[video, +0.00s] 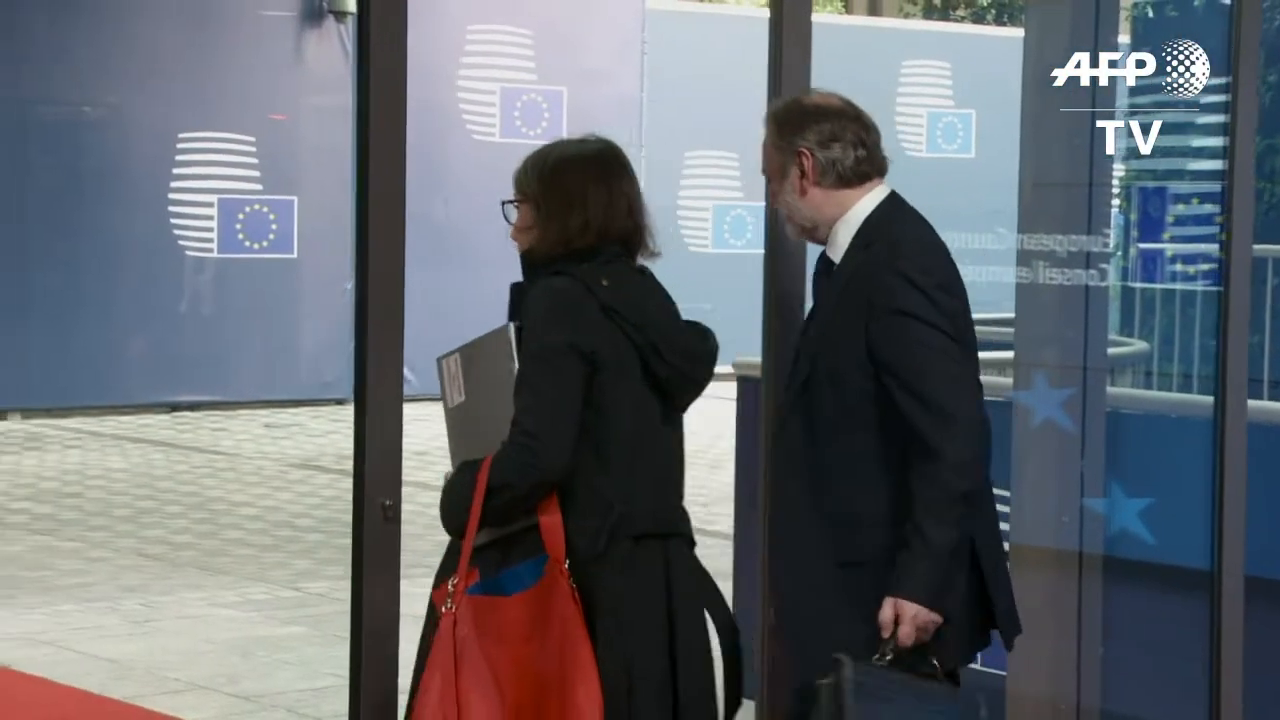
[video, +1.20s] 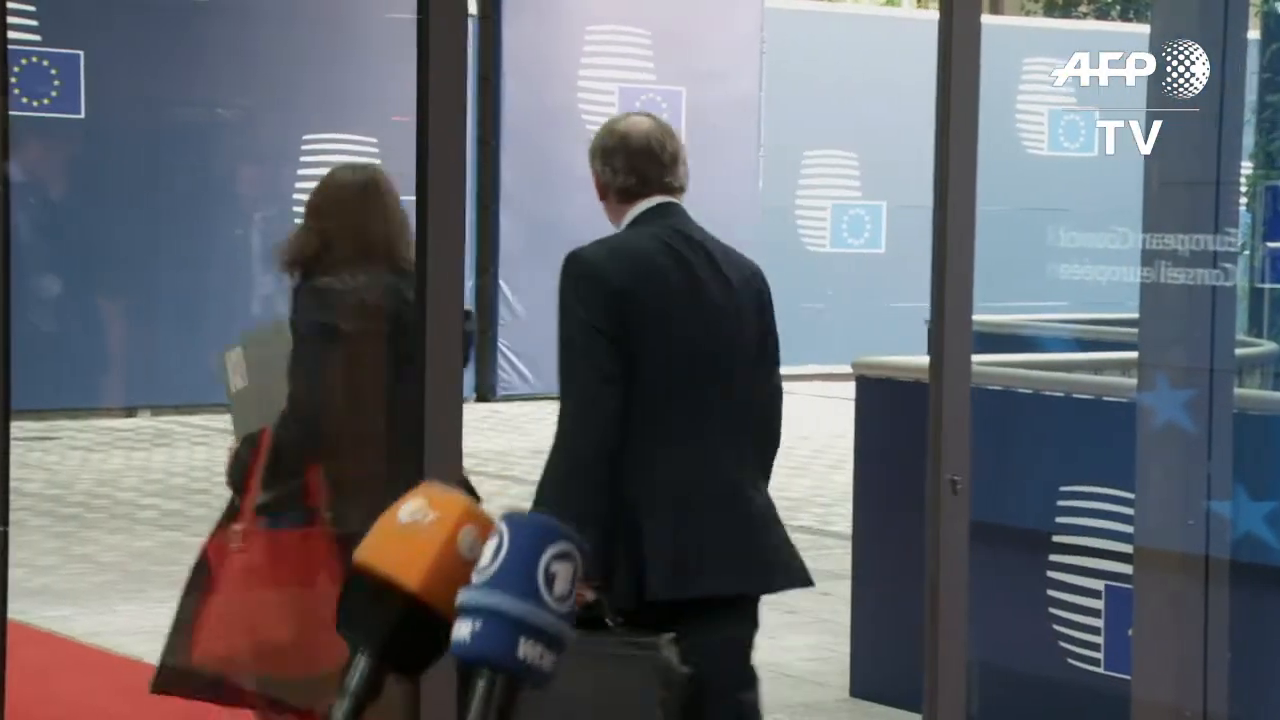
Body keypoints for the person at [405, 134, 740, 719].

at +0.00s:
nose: (513, 225)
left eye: (523, 208)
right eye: (516, 208)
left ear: (563, 212)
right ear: (606, 212)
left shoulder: (556, 300)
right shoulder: (642, 297)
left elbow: (540, 451)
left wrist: (463, 495)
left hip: (589, 592)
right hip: (657, 585)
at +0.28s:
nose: (451, 228)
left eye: (457, 211)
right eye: (450, 211)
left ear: (481, 213)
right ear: (547, 204)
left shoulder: (513, 293)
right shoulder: (572, 281)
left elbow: (528, 439)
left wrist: (440, 491)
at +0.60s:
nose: (390, 236)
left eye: (398, 221)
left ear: (416, 229)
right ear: (480, 222)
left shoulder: (441, 310)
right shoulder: (507, 298)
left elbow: (463, 447)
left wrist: (380, 507)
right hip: (548, 551)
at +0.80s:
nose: (360, 236)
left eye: (367, 219)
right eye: (362, 222)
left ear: (389, 216)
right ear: (452, 209)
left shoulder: (406, 284)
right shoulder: (488, 275)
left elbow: (421, 409)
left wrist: (341, 465)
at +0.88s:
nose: (358, 213)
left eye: (364, 199)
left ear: (374, 203)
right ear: (453, 197)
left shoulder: (390, 278)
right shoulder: (480, 267)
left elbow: (404, 404)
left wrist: (327, 457)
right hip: (489, 487)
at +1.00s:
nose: (340, 216)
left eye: (349, 201)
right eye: (345, 201)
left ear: (374, 207)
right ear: (435, 206)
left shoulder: (376, 282)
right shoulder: (471, 276)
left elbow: (381, 407)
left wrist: (305, 454)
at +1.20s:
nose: (307, 227)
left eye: (314, 215)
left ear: (323, 221)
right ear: (389, 220)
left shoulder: (323, 292)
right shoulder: (417, 288)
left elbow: (310, 410)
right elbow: (426, 400)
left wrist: (263, 462)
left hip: (337, 496)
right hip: (410, 491)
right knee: (398, 646)